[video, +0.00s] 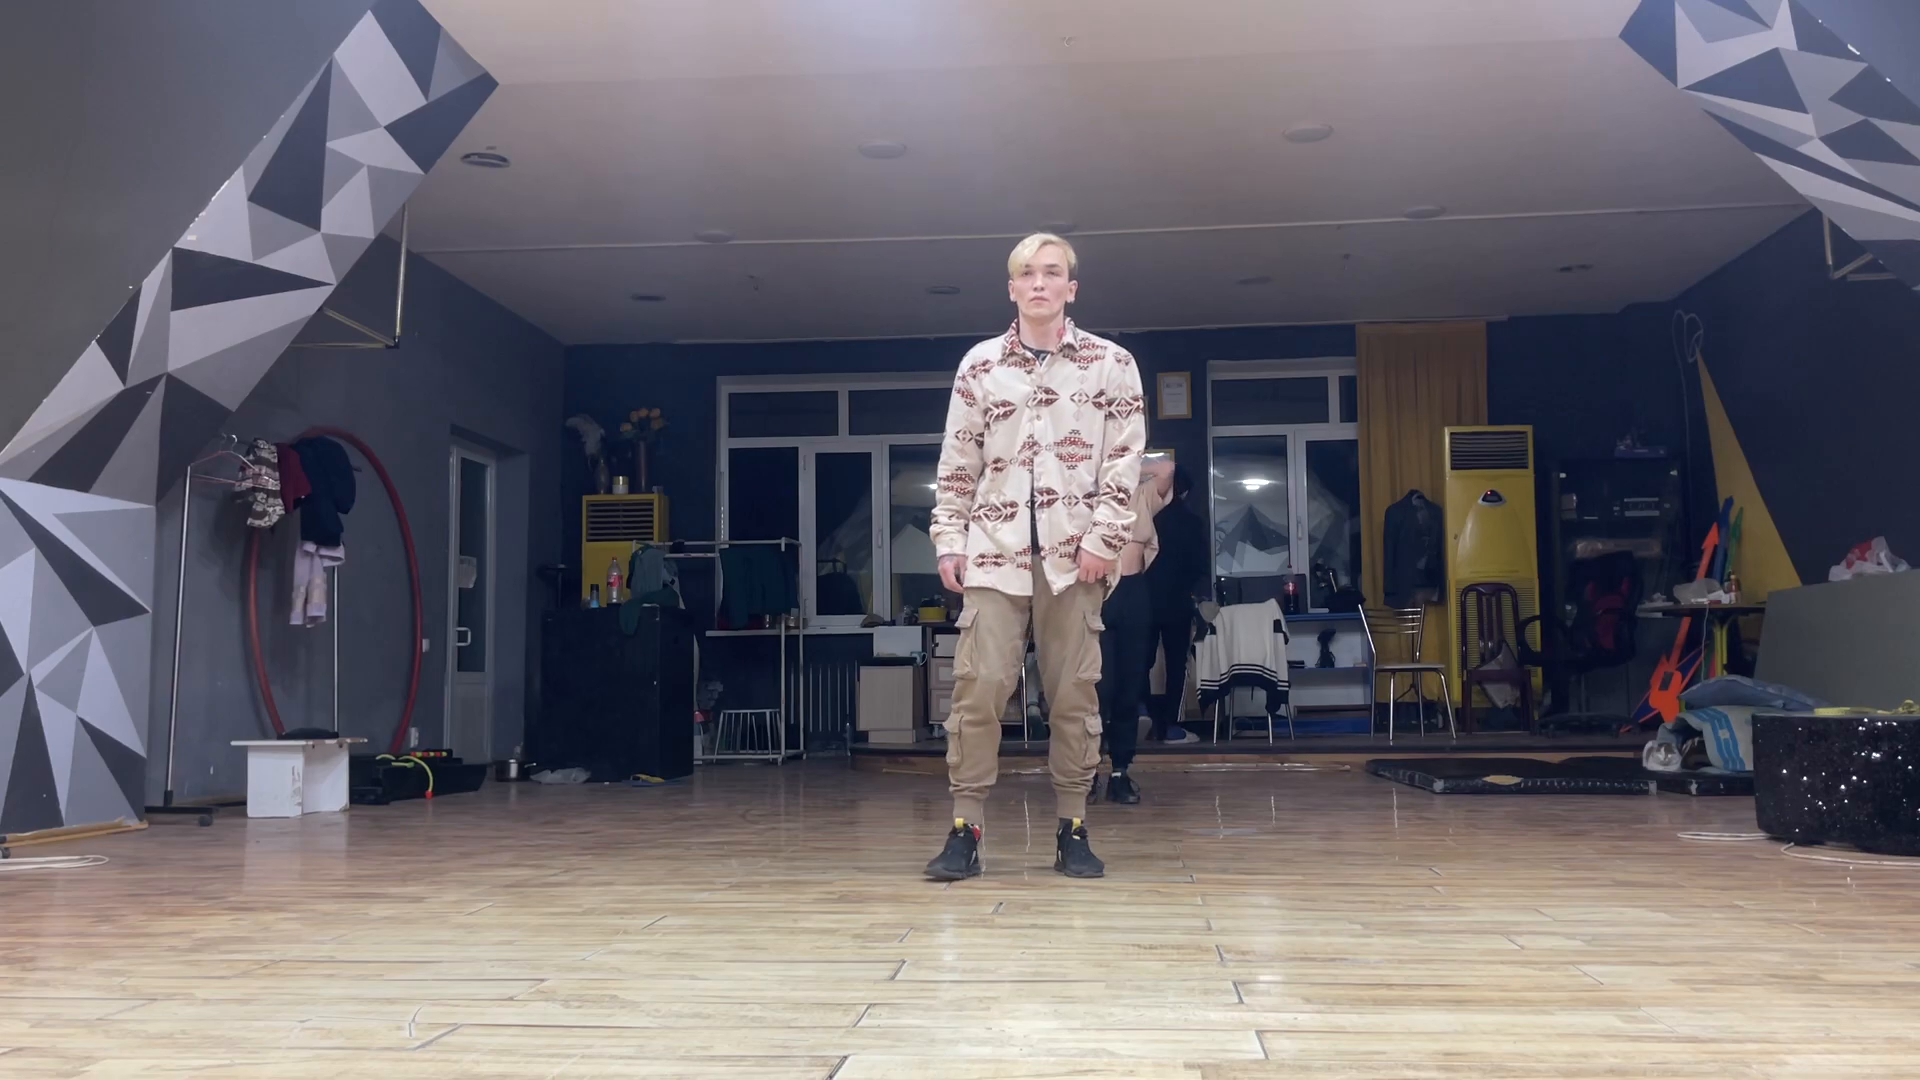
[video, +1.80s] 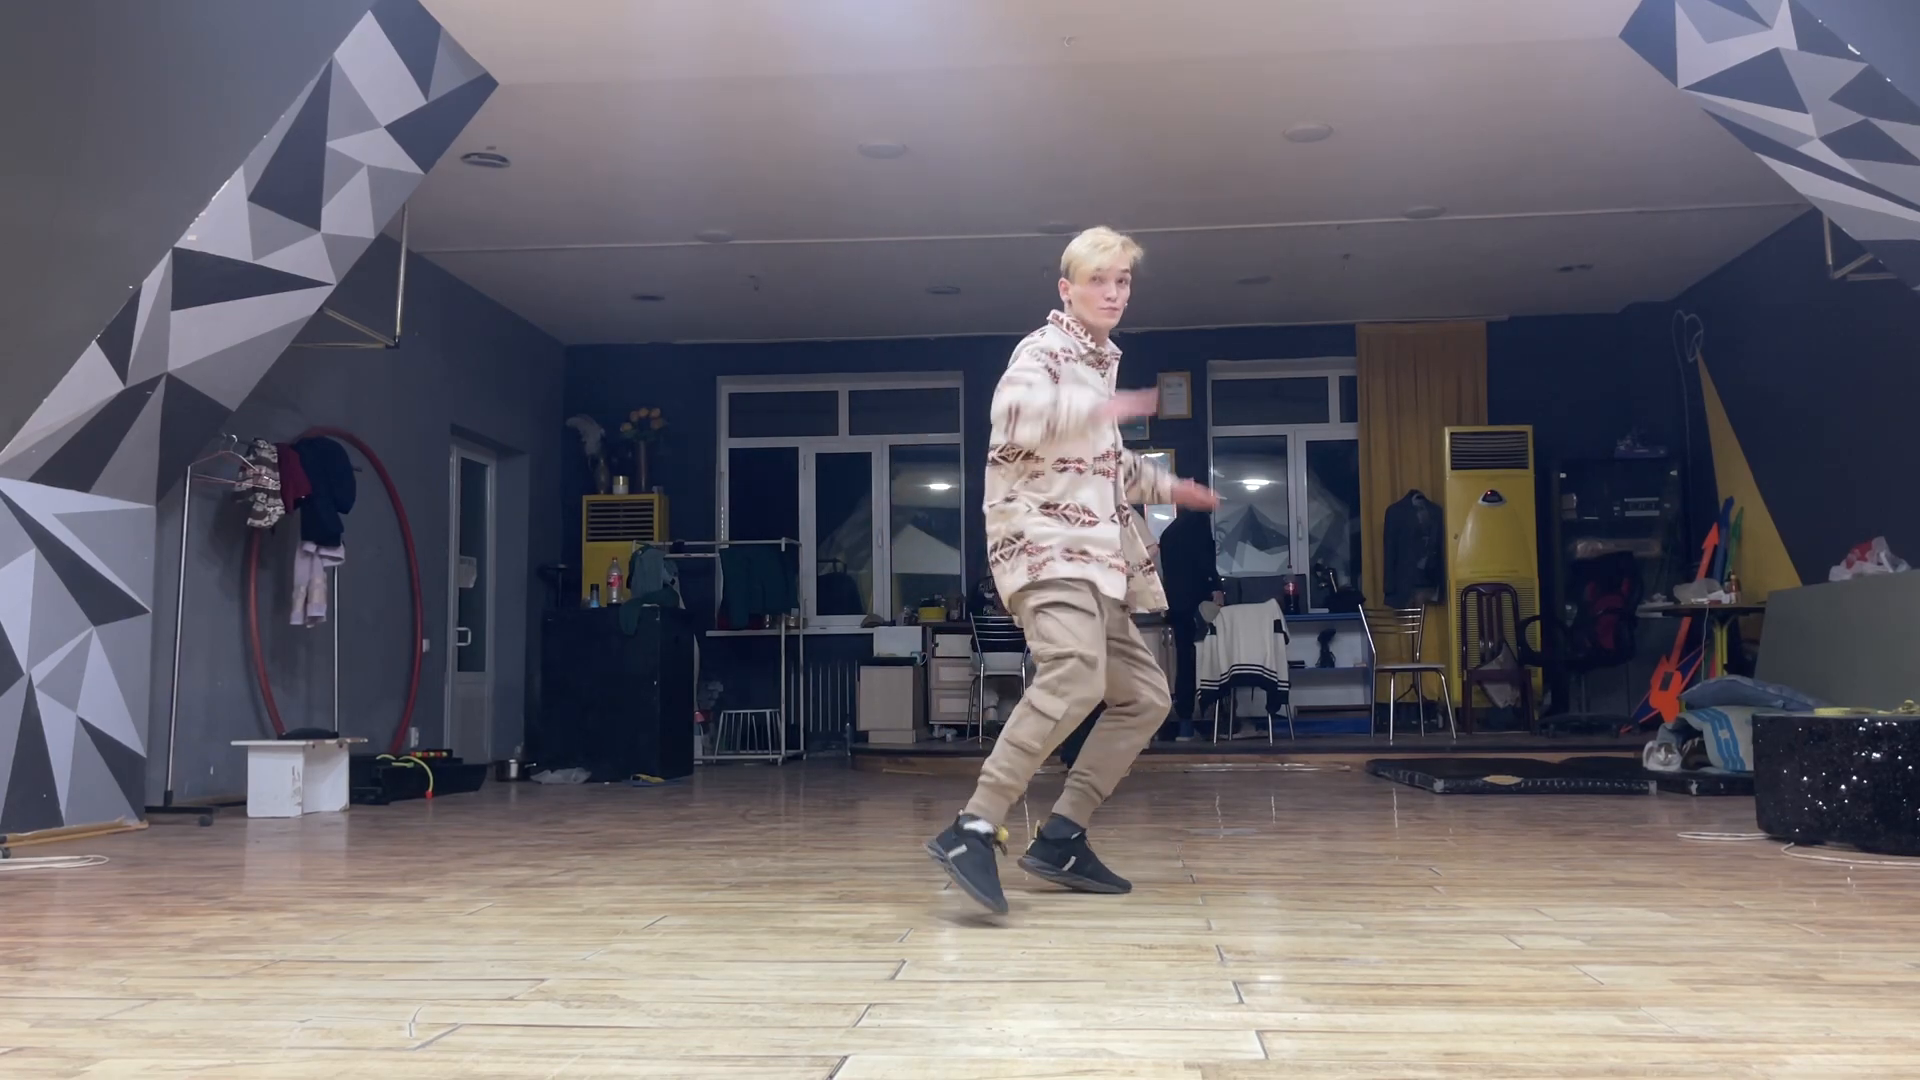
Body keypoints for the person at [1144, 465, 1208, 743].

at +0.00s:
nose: (1168, 493)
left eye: (1168, 486)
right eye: (1178, 488)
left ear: (1162, 488)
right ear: (1185, 491)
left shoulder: (1145, 515)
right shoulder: (1192, 520)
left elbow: (1134, 556)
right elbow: (1198, 564)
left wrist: (1137, 585)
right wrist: (1197, 592)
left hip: (1146, 597)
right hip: (1177, 598)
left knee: (1141, 661)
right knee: (1176, 664)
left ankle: (1141, 713)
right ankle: (1169, 726)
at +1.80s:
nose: (1210, 502)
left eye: (1207, 497)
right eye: (1206, 497)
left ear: (1180, 504)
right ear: (1200, 502)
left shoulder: (1168, 532)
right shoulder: (1200, 526)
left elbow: (1169, 568)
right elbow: (1205, 560)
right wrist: (1216, 586)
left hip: (1175, 600)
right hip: (1196, 600)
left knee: (1183, 660)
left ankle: (1182, 720)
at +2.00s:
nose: (1219, 514)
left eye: (1220, 510)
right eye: (1218, 509)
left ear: (1193, 505)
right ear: (1210, 506)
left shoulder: (1176, 533)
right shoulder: (1211, 522)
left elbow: (1174, 574)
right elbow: (1216, 560)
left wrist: (1179, 598)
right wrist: (1225, 591)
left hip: (1181, 602)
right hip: (1206, 600)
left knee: (1188, 659)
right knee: (1217, 656)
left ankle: (1184, 719)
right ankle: (1225, 717)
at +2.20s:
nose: (1237, 512)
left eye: (1237, 508)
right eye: (1237, 507)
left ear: (1212, 502)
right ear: (1230, 505)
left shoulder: (1194, 525)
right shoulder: (1230, 523)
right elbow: (1234, 563)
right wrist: (1246, 591)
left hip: (1194, 595)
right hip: (1224, 595)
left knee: (1196, 657)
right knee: (1232, 654)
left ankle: (1186, 721)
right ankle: (1238, 719)